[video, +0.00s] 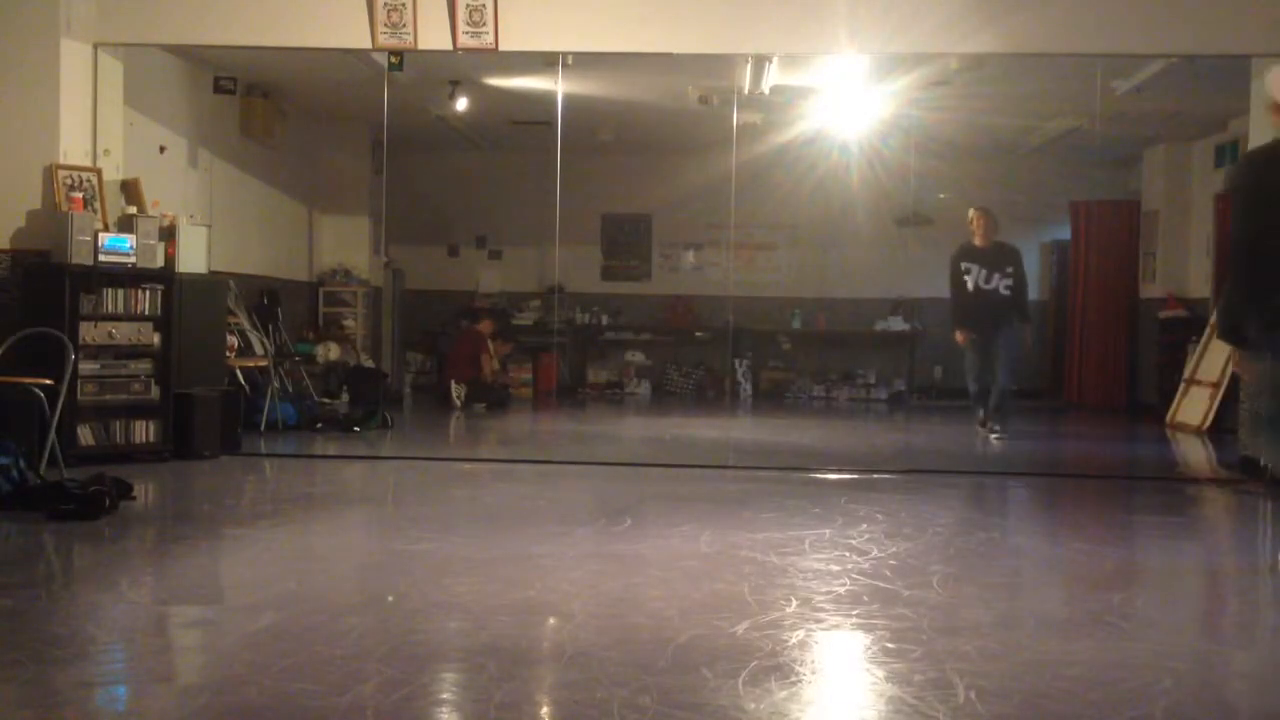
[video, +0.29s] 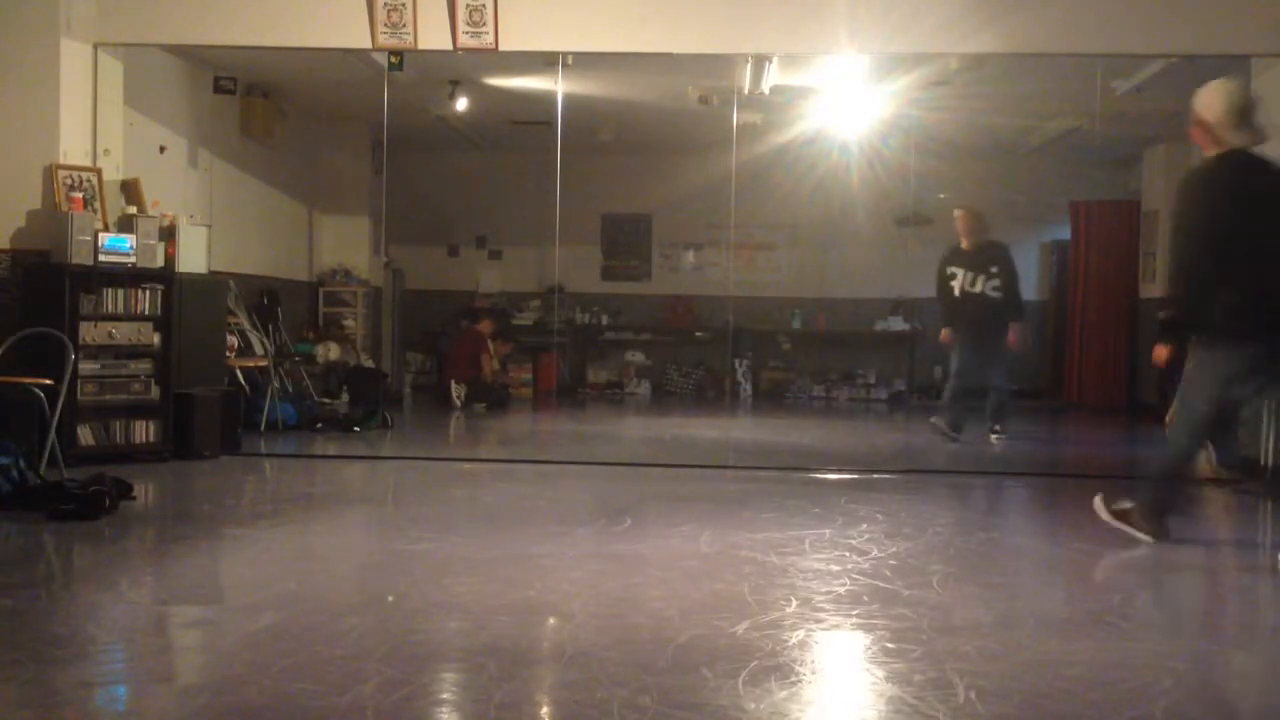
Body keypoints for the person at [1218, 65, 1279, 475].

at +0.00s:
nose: (1274, 110)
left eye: (1272, 102)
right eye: (1275, 102)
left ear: (1270, 108)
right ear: (1273, 108)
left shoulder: (1255, 168)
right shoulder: (1254, 167)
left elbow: (1241, 259)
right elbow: (1240, 259)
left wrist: (1233, 328)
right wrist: (1236, 328)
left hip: (1261, 317)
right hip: (1262, 317)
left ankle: (1257, 457)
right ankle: (1254, 456)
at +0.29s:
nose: (1191, 133)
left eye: (1193, 126)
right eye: (1192, 125)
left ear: (1202, 131)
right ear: (1246, 123)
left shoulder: (1204, 184)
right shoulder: (1270, 176)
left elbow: (1189, 267)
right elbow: (1268, 259)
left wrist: (1170, 332)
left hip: (1223, 328)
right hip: (1267, 324)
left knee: (1188, 423)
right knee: (1226, 435)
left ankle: (1149, 508)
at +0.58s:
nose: (1107, 129)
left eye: (1108, 121)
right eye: (1108, 121)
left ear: (1117, 125)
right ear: (1154, 121)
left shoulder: (1121, 180)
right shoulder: (1186, 175)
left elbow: (1112, 266)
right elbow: (1200, 256)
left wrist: (1104, 336)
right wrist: (1190, 313)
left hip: (1134, 320)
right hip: (1178, 317)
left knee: (1115, 418)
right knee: (1158, 409)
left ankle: (1132, 514)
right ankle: (1225, 471)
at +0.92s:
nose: (1025, 144)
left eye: (1027, 137)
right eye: (1029, 136)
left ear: (1036, 144)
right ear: (1078, 139)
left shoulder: (1038, 194)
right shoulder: (1093, 191)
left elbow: (1013, 265)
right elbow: (1105, 268)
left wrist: (1003, 331)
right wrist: (1098, 320)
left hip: (1050, 321)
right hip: (1081, 318)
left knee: (1069, 419)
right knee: (1027, 409)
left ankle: (1128, 507)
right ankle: (988, 489)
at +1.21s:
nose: (945, 147)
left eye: (948, 140)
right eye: (948, 140)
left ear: (958, 145)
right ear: (986, 144)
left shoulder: (968, 192)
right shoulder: (999, 190)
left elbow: (946, 263)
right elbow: (986, 265)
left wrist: (923, 318)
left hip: (960, 316)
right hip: (984, 314)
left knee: (929, 398)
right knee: (958, 400)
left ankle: (1002, 458)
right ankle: (961, 492)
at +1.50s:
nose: (871, 165)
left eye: (874, 158)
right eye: (873, 157)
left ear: (883, 160)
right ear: (906, 157)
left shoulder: (900, 199)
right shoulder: (916, 194)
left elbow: (885, 272)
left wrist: (856, 329)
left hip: (899, 321)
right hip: (920, 318)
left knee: (857, 399)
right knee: (936, 404)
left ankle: (813, 482)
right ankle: (958, 490)